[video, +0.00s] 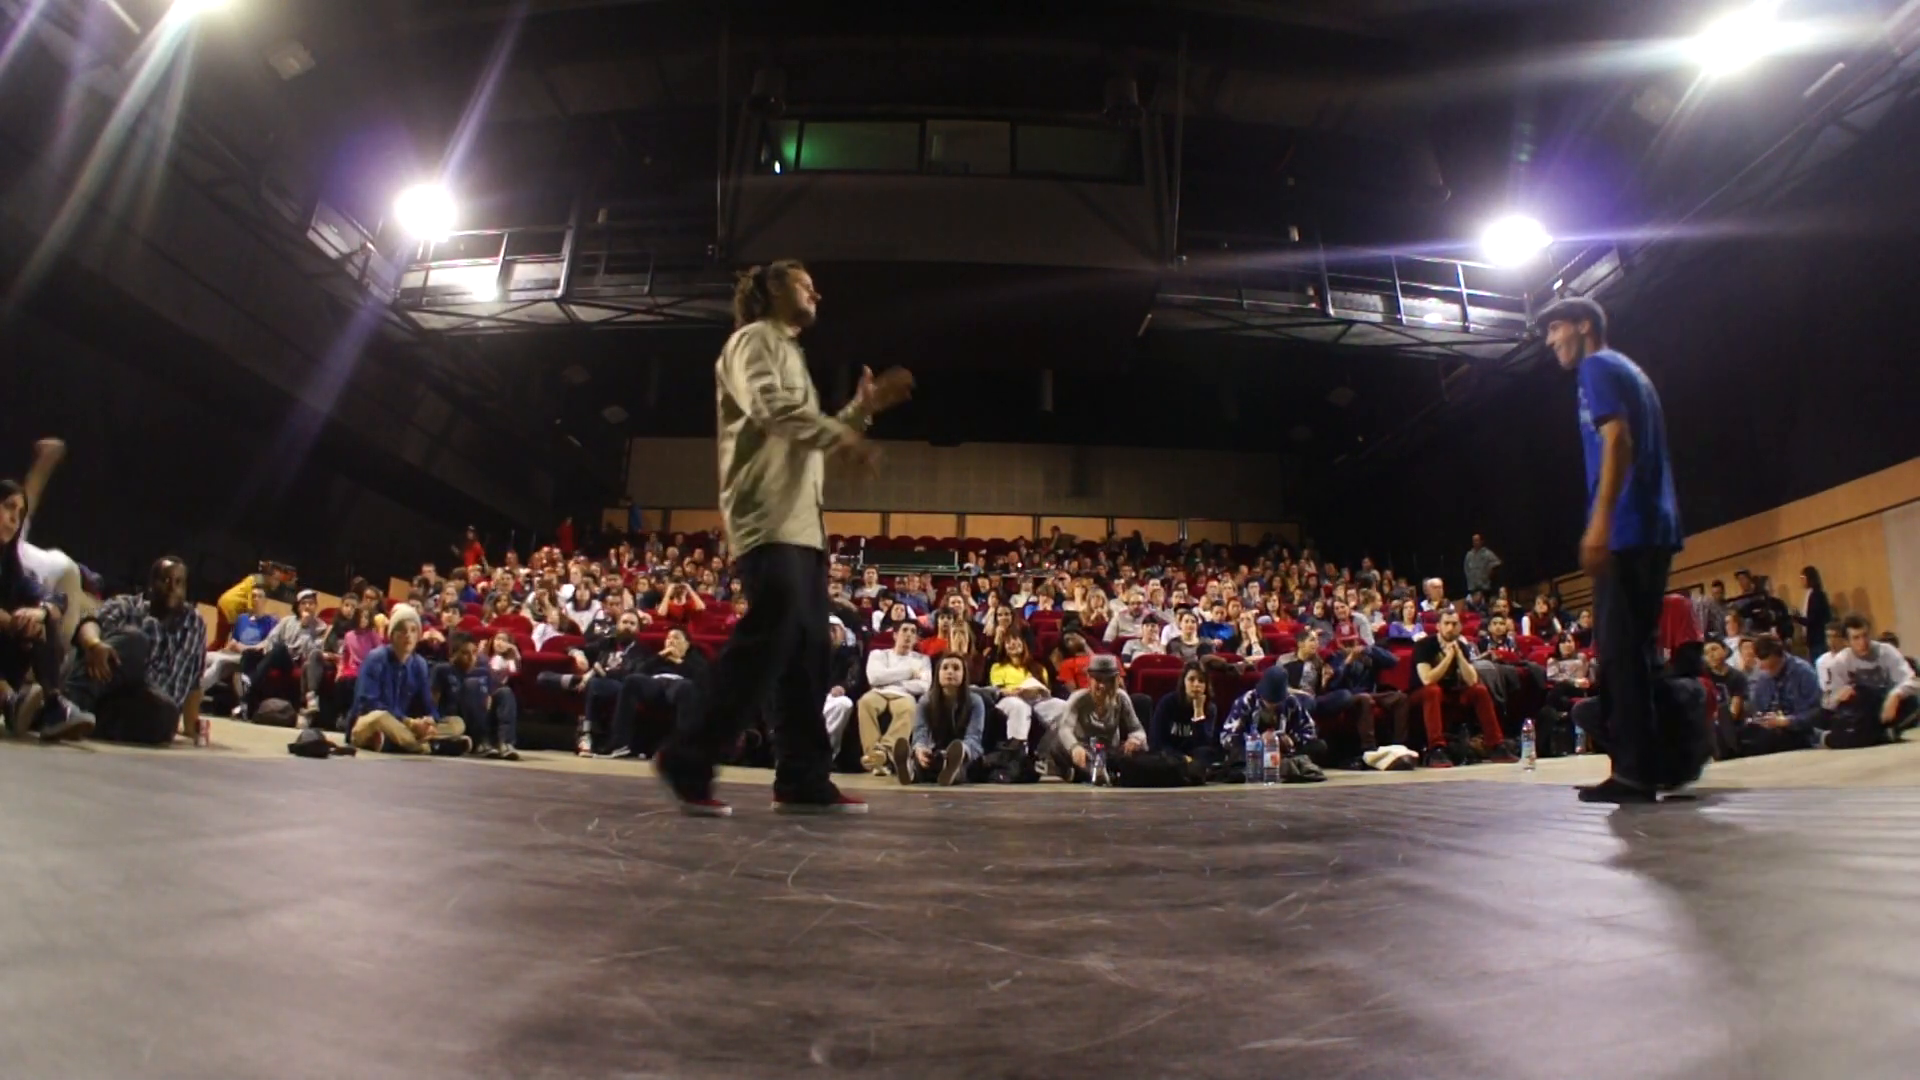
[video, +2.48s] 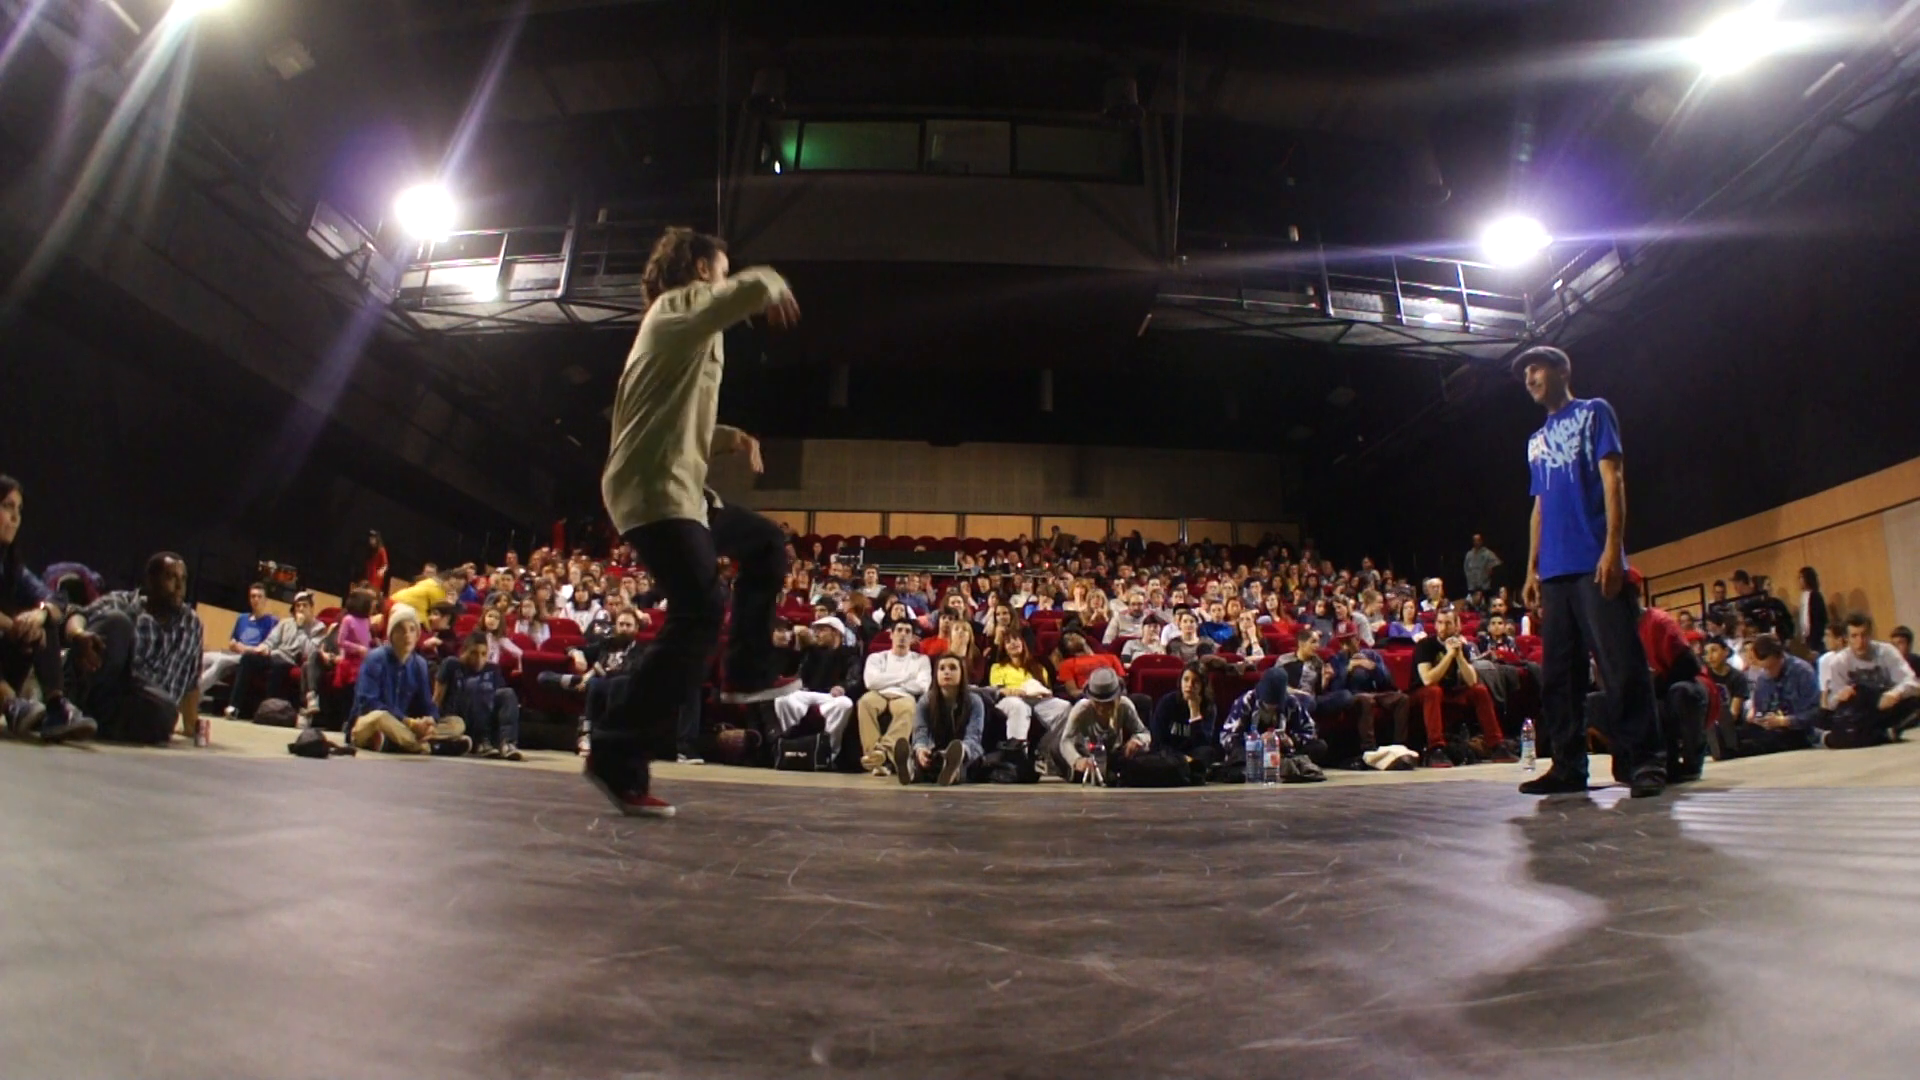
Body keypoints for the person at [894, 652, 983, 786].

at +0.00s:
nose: (950, 672)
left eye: (956, 668)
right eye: (945, 668)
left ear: (964, 674)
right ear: (937, 673)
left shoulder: (975, 701)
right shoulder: (925, 701)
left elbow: (974, 738)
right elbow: (920, 731)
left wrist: (960, 751)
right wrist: (919, 748)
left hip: (962, 751)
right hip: (933, 749)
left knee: (956, 763)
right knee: (919, 761)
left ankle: (949, 773)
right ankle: (910, 769)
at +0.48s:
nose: (948, 672)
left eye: (954, 668)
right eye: (943, 667)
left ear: (962, 674)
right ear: (936, 673)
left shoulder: (974, 701)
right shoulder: (925, 701)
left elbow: (974, 736)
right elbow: (920, 730)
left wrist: (962, 751)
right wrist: (920, 747)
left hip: (962, 751)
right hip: (933, 750)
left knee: (956, 764)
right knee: (919, 762)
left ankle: (949, 774)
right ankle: (909, 768)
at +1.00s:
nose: (947, 672)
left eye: (953, 667)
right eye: (942, 668)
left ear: (962, 673)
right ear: (936, 673)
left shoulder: (974, 701)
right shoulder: (925, 701)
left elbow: (974, 737)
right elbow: (920, 730)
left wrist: (961, 750)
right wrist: (920, 748)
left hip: (961, 752)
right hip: (933, 750)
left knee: (956, 764)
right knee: (918, 762)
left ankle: (949, 774)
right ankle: (909, 769)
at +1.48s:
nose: (947, 672)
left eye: (953, 668)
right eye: (942, 668)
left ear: (962, 673)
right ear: (936, 674)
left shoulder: (974, 701)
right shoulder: (924, 702)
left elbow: (974, 738)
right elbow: (920, 731)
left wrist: (960, 751)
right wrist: (920, 748)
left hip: (961, 752)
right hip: (933, 750)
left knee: (955, 763)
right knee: (918, 762)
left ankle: (949, 774)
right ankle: (909, 769)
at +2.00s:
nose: (947, 672)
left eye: (953, 668)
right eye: (942, 668)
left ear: (962, 673)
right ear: (935, 673)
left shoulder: (974, 701)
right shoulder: (925, 701)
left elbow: (974, 737)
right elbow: (920, 730)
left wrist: (961, 750)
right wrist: (920, 748)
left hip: (962, 752)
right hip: (933, 750)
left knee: (955, 763)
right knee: (918, 762)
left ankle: (949, 774)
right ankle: (909, 769)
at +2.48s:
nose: (947, 672)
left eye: (953, 668)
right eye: (942, 668)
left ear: (962, 673)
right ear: (936, 674)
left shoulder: (974, 701)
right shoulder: (925, 701)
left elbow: (974, 737)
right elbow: (920, 731)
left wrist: (961, 751)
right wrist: (920, 748)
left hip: (963, 751)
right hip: (933, 750)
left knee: (955, 763)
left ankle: (949, 773)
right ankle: (910, 768)